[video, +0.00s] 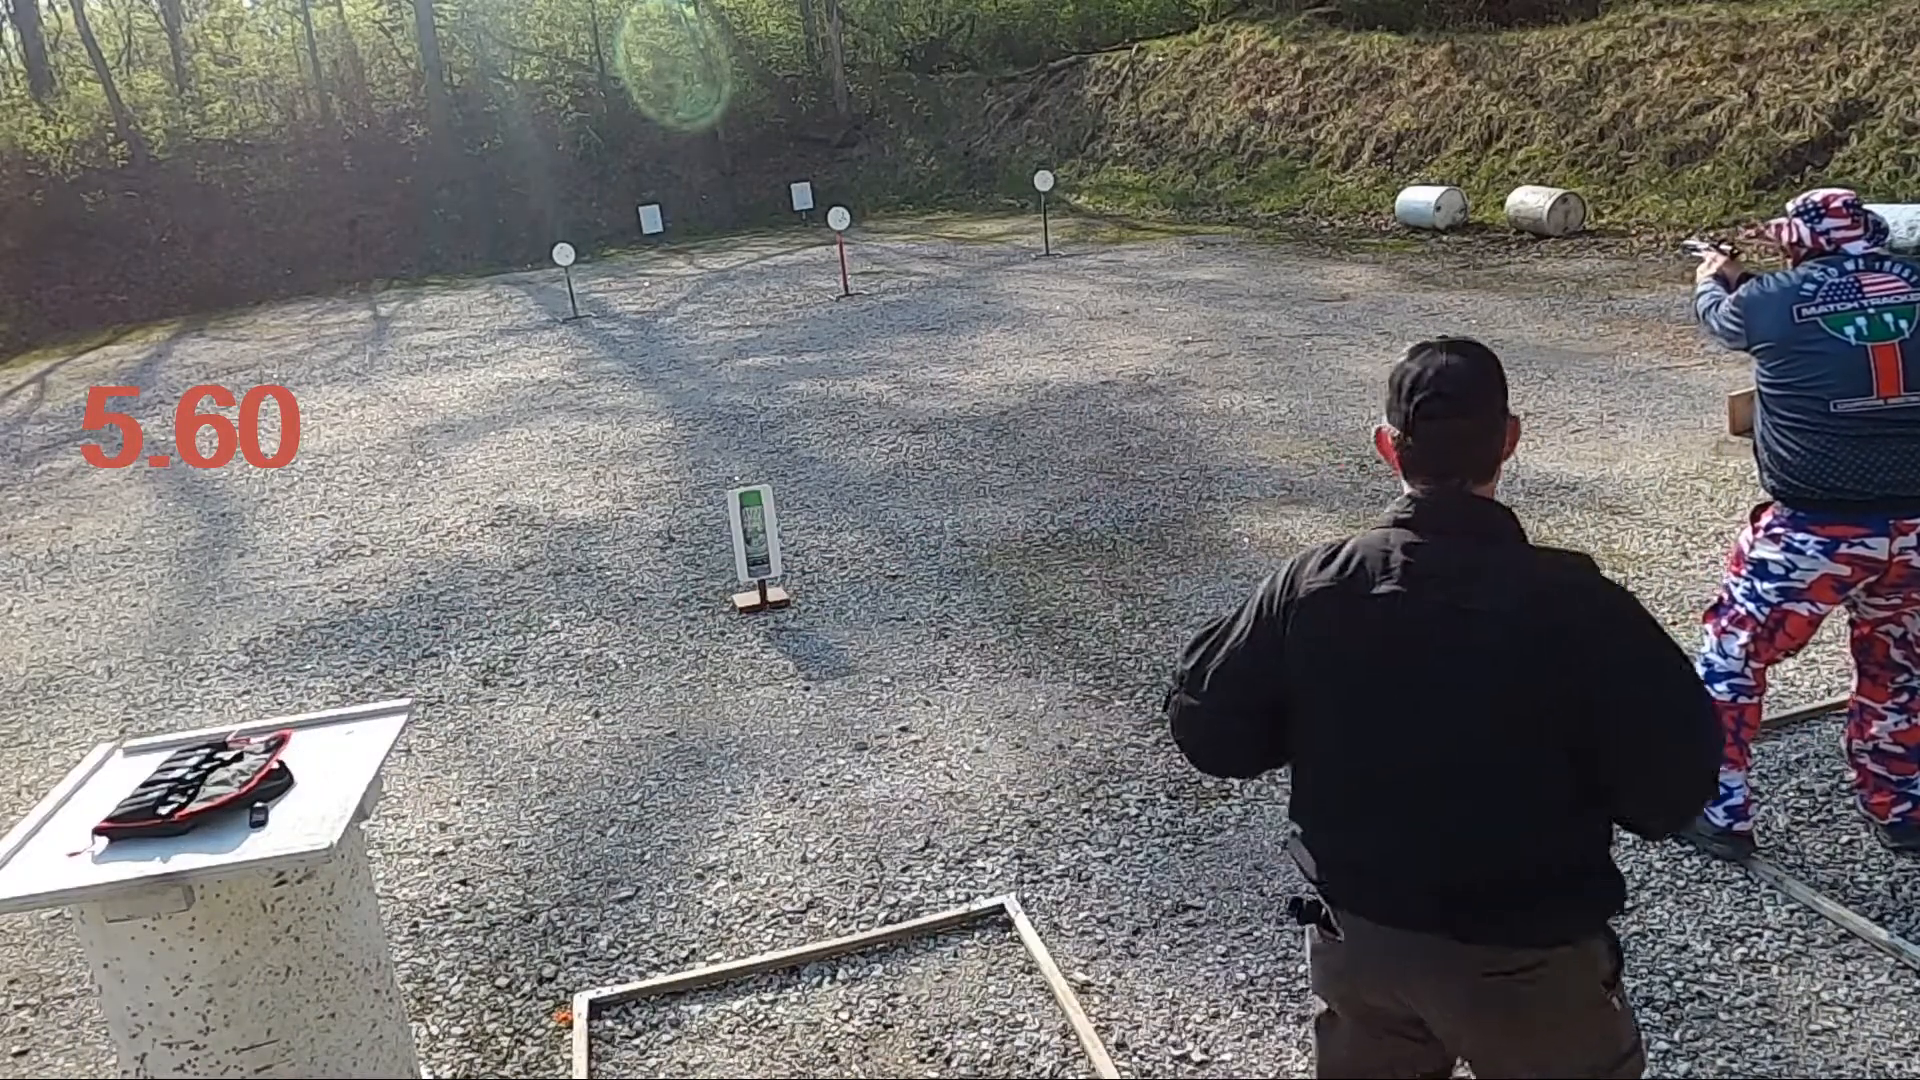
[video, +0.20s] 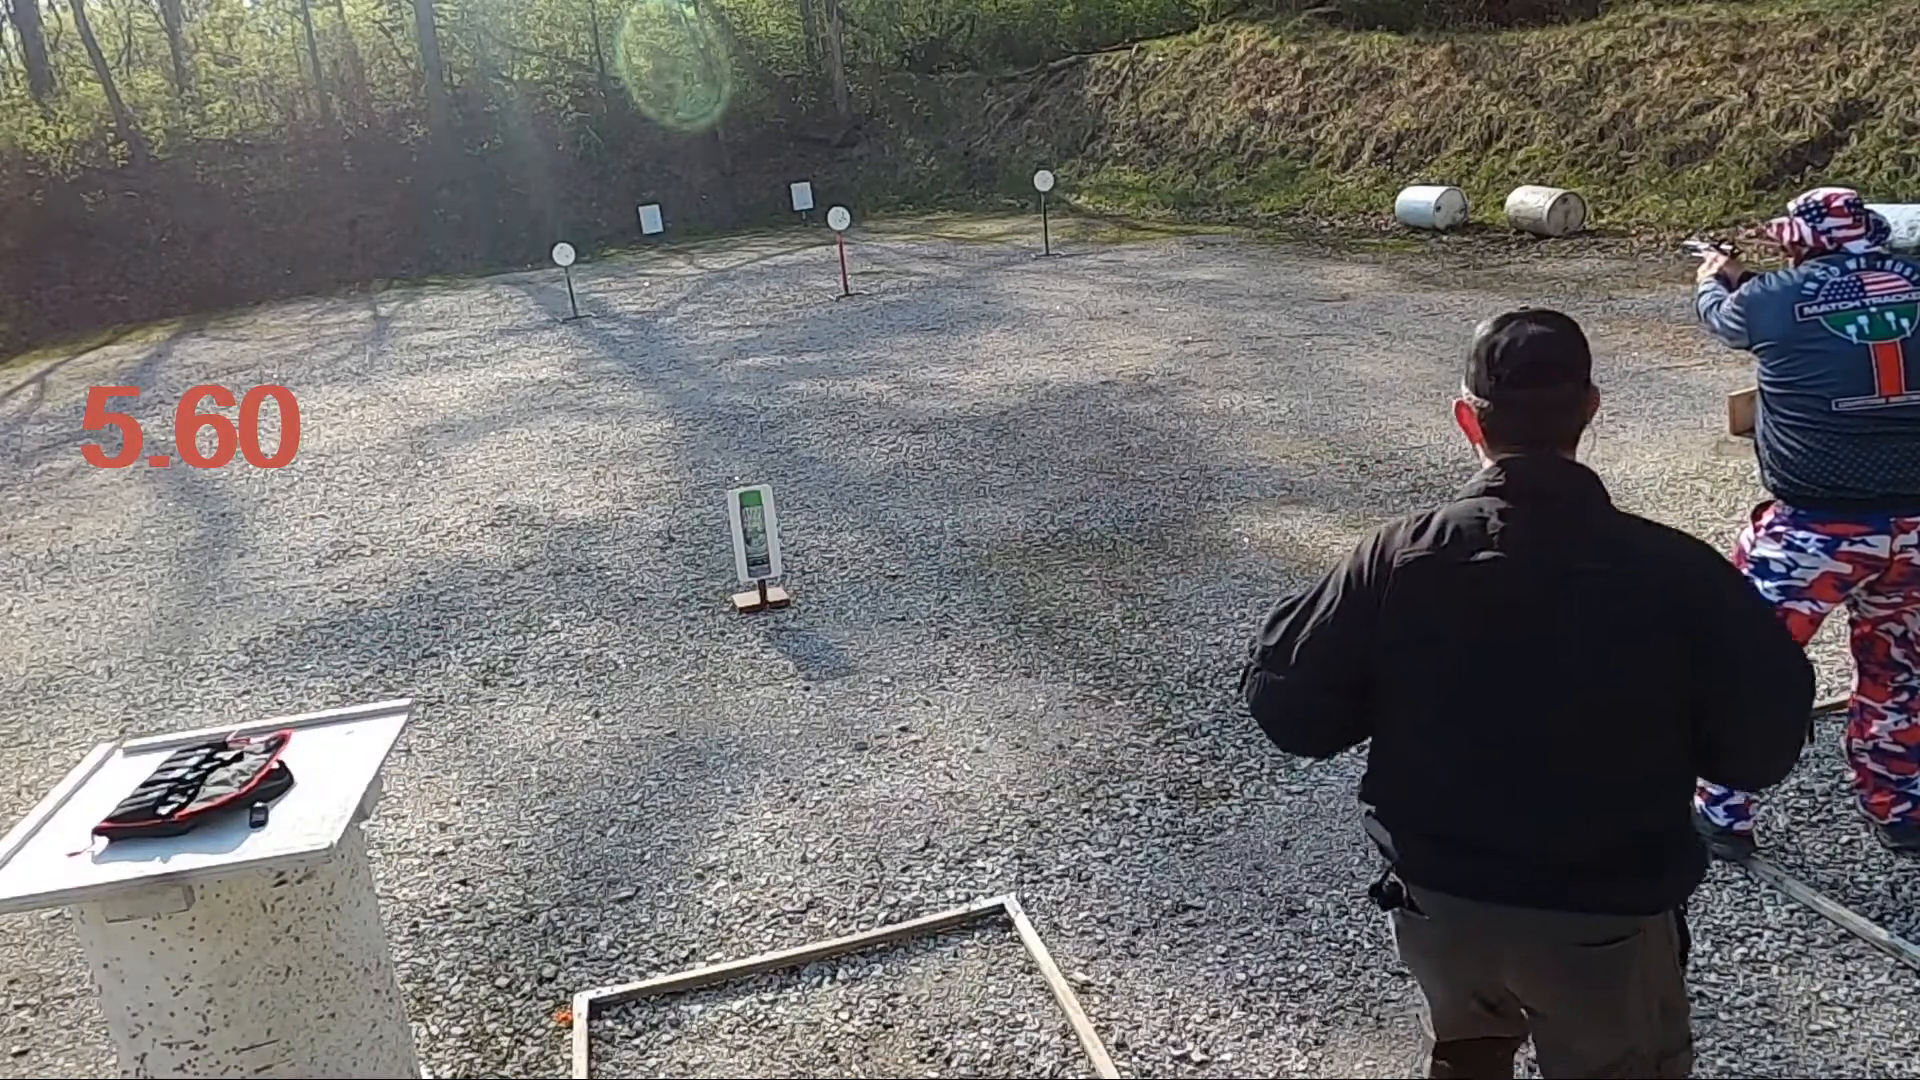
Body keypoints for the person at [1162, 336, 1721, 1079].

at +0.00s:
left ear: (1389, 448)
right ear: (1511, 440)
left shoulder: (1313, 589)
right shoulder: (1575, 600)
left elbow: (1206, 729)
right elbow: (1677, 785)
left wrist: (1328, 701)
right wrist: (1568, 751)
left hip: (1359, 955)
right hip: (1531, 972)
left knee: (1365, 1066)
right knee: (1594, 1066)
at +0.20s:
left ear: (1470, 421)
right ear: (1591, 410)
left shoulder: (1395, 566)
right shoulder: (1683, 574)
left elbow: (1287, 707)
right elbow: (1767, 747)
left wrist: (1406, 668)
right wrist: (1657, 700)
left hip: (1439, 913)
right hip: (1609, 935)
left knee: (1466, 1052)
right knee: (1623, 1066)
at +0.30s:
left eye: (1490, 401)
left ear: (1494, 416)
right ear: (1615, 402)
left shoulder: (1425, 558)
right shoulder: (1708, 564)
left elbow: (1315, 702)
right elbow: (1784, 736)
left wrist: (1438, 666)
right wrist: (1674, 692)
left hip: (1465, 914)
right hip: (1634, 929)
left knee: (1500, 1064)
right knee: (1635, 1067)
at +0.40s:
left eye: (1504, 400)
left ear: (1510, 416)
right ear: (1628, 404)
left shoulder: (1440, 557)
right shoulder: (1724, 562)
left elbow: (1337, 704)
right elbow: (1796, 728)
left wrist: (1451, 660)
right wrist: (1687, 687)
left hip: (1491, 914)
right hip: (1657, 921)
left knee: (1528, 1068)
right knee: (1657, 1067)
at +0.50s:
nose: (1509, 409)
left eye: (1509, 399)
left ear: (1518, 418)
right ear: (1632, 405)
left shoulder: (1449, 560)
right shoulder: (1727, 561)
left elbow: (1348, 704)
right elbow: (1800, 721)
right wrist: (1699, 682)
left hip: (1516, 914)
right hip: (1675, 917)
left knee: (1561, 1070)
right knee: (1679, 1068)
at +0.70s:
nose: (1520, 402)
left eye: (1520, 391)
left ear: (1527, 407)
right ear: (1637, 394)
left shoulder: (1459, 548)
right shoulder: (1733, 542)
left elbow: (1365, 692)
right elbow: (1805, 699)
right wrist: (1698, 666)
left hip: (1530, 888)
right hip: (1695, 887)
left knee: (1576, 1071)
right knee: (1751, 1060)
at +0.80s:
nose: (1526, 394)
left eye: (1525, 384)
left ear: (1535, 400)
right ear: (1645, 388)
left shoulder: (1467, 543)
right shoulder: (1737, 537)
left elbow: (1369, 686)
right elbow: (1811, 692)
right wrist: (1705, 666)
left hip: (1540, 880)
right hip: (1703, 877)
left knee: (1582, 1071)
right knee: (1760, 1055)